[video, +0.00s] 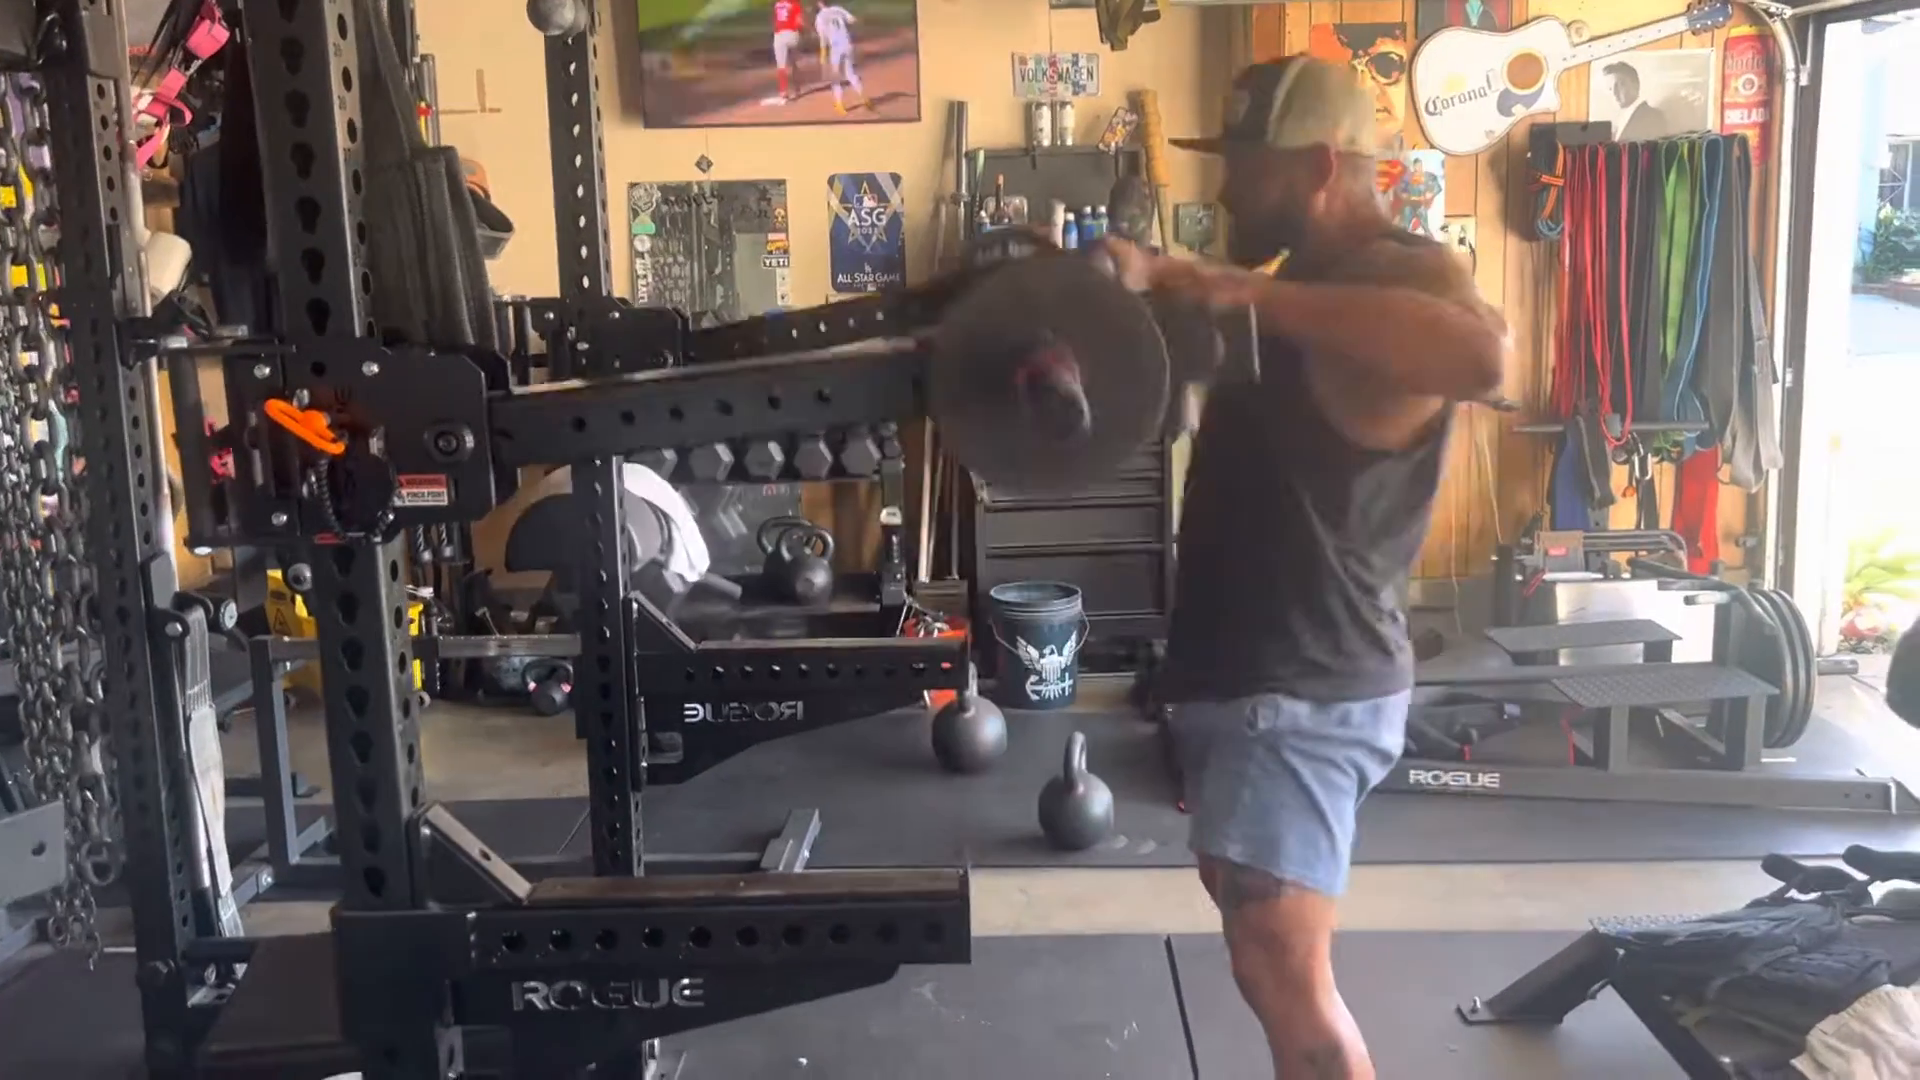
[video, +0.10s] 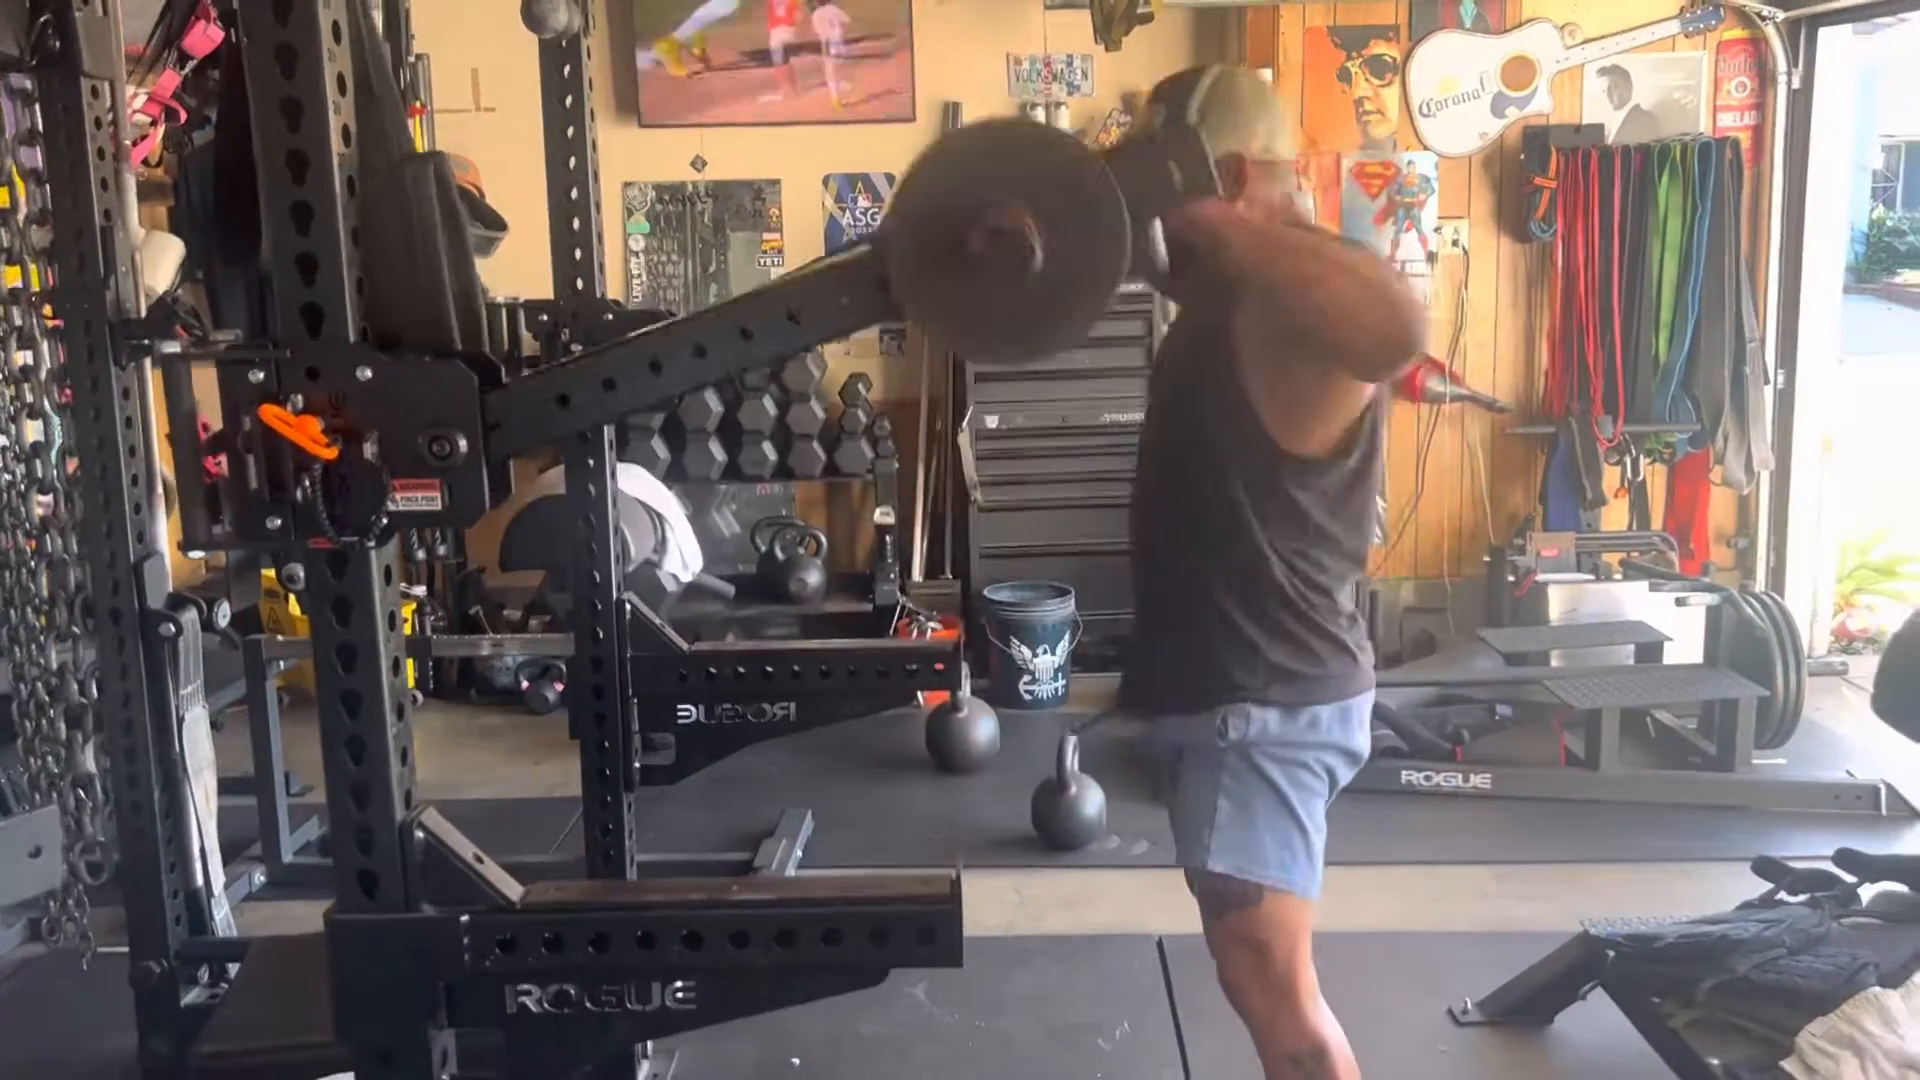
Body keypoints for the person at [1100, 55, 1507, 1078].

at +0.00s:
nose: (1223, 179)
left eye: (1244, 158)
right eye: (1225, 157)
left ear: (1320, 168)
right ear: (1313, 169)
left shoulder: (1402, 272)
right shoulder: (1297, 283)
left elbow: (1482, 356)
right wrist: (1118, 286)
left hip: (1302, 690)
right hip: (1249, 678)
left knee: (1285, 971)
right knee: (1275, 959)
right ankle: (1311, 1064)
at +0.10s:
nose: (1166, 203)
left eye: (1179, 180)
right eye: (1161, 181)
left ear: (1239, 176)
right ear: (1247, 175)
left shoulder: (1294, 278)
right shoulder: (1227, 282)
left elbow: (1395, 335)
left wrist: (1223, 231)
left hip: (1263, 701)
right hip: (1225, 691)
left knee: (1272, 988)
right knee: (1265, 978)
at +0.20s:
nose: (1069, 234)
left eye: (1084, 206)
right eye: (1066, 210)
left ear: (1143, 194)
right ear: (1128, 201)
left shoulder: (1244, 295)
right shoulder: (1163, 297)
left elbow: (1294, 290)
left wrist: (1125, 125)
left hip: (1253, 709)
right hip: (1213, 699)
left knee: (1264, 993)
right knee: (1255, 984)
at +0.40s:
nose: (1003, 295)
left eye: (1013, 273)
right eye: (1000, 279)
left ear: (1067, 256)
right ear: (1063, 261)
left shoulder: (1173, 304)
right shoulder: (1107, 319)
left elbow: (1097, 174)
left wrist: (965, 15)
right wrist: (983, 273)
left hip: (1248, 714)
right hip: (1206, 709)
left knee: (1257, 994)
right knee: (1248, 983)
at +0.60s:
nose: (984, 357)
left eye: (981, 333)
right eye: (975, 342)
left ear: (1032, 283)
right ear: (1040, 283)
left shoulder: (1139, 297)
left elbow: (1022, 136)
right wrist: (917, 12)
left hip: (1253, 723)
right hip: (1217, 719)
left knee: (1261, 1007)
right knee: (1251, 995)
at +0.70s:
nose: (989, 345)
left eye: (989, 319)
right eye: (983, 328)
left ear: (1037, 279)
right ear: (1047, 281)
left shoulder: (1154, 302)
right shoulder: (1120, 327)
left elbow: (1042, 142)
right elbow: (1028, 135)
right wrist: (931, 39)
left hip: (1253, 734)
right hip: (1216, 728)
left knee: (1260, 1014)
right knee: (1251, 1000)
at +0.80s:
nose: (1009, 324)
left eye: (1010, 295)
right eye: (1002, 299)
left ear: (1072, 273)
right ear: (1074, 272)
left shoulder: (1189, 315)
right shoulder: (1134, 334)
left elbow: (1097, 163)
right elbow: (1048, 176)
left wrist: (970, 4)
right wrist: (973, 71)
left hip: (1258, 741)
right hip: (1221, 735)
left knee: (1260, 1020)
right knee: (1246, 1004)